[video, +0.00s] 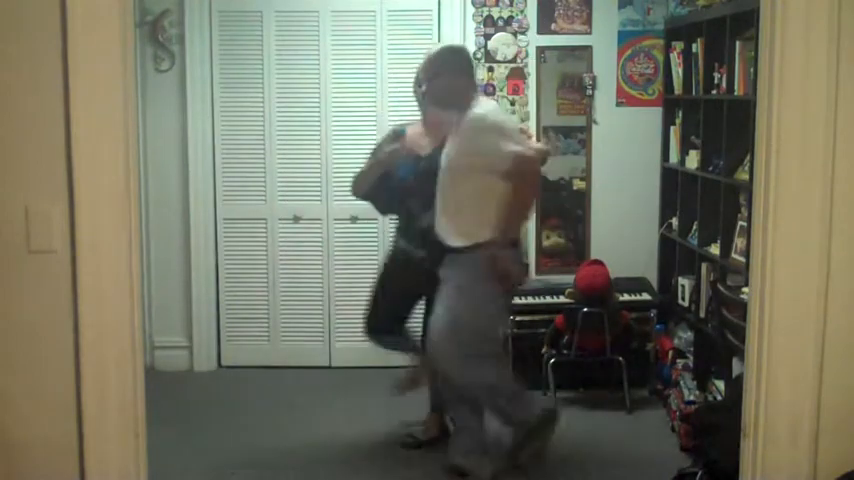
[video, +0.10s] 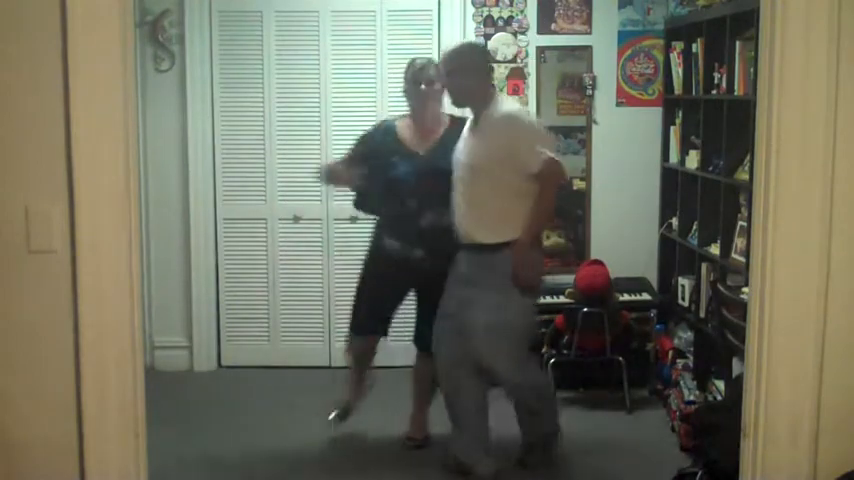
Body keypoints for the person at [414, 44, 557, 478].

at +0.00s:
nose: (425, 95)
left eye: (429, 85)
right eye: (423, 87)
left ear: (452, 82)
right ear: (456, 84)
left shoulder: (482, 123)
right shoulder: (463, 127)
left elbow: (528, 167)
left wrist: (505, 241)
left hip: (483, 258)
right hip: (462, 258)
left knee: (450, 350)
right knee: (455, 353)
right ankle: (473, 452)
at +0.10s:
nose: (447, 84)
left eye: (453, 75)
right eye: (446, 76)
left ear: (482, 74)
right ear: (458, 80)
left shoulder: (513, 122)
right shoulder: (471, 127)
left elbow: (554, 174)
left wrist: (529, 242)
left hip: (506, 258)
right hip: (468, 258)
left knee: (506, 355)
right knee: (453, 356)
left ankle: (542, 437)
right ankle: (469, 455)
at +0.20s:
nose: (463, 88)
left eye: (471, 79)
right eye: (462, 80)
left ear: (500, 80)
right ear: (470, 84)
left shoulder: (540, 127)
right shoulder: (476, 128)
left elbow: (568, 189)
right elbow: (474, 188)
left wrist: (542, 256)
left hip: (534, 262)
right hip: (486, 260)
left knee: (533, 360)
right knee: (456, 339)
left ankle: (544, 444)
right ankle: (481, 436)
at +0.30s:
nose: (477, 90)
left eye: (485, 81)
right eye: (476, 81)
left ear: (516, 81)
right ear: (481, 86)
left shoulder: (555, 130)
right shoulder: (481, 136)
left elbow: (583, 194)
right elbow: (436, 168)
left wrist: (556, 260)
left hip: (553, 264)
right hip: (504, 260)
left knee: (533, 348)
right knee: (473, 333)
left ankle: (547, 437)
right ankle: (510, 401)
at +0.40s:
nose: (484, 91)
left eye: (492, 83)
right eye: (483, 84)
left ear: (522, 85)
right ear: (492, 88)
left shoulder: (566, 130)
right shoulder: (483, 137)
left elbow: (601, 189)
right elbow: (431, 169)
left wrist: (577, 257)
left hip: (563, 265)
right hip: (514, 260)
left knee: (543, 357)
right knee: (494, 348)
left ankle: (545, 441)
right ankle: (544, 392)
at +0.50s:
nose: (490, 84)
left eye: (501, 77)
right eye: (491, 77)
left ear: (529, 84)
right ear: (496, 85)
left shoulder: (571, 127)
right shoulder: (485, 136)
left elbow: (615, 182)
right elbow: (428, 168)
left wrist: (601, 244)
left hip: (573, 255)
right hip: (523, 255)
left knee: (550, 345)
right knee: (515, 348)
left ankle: (547, 433)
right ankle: (556, 413)